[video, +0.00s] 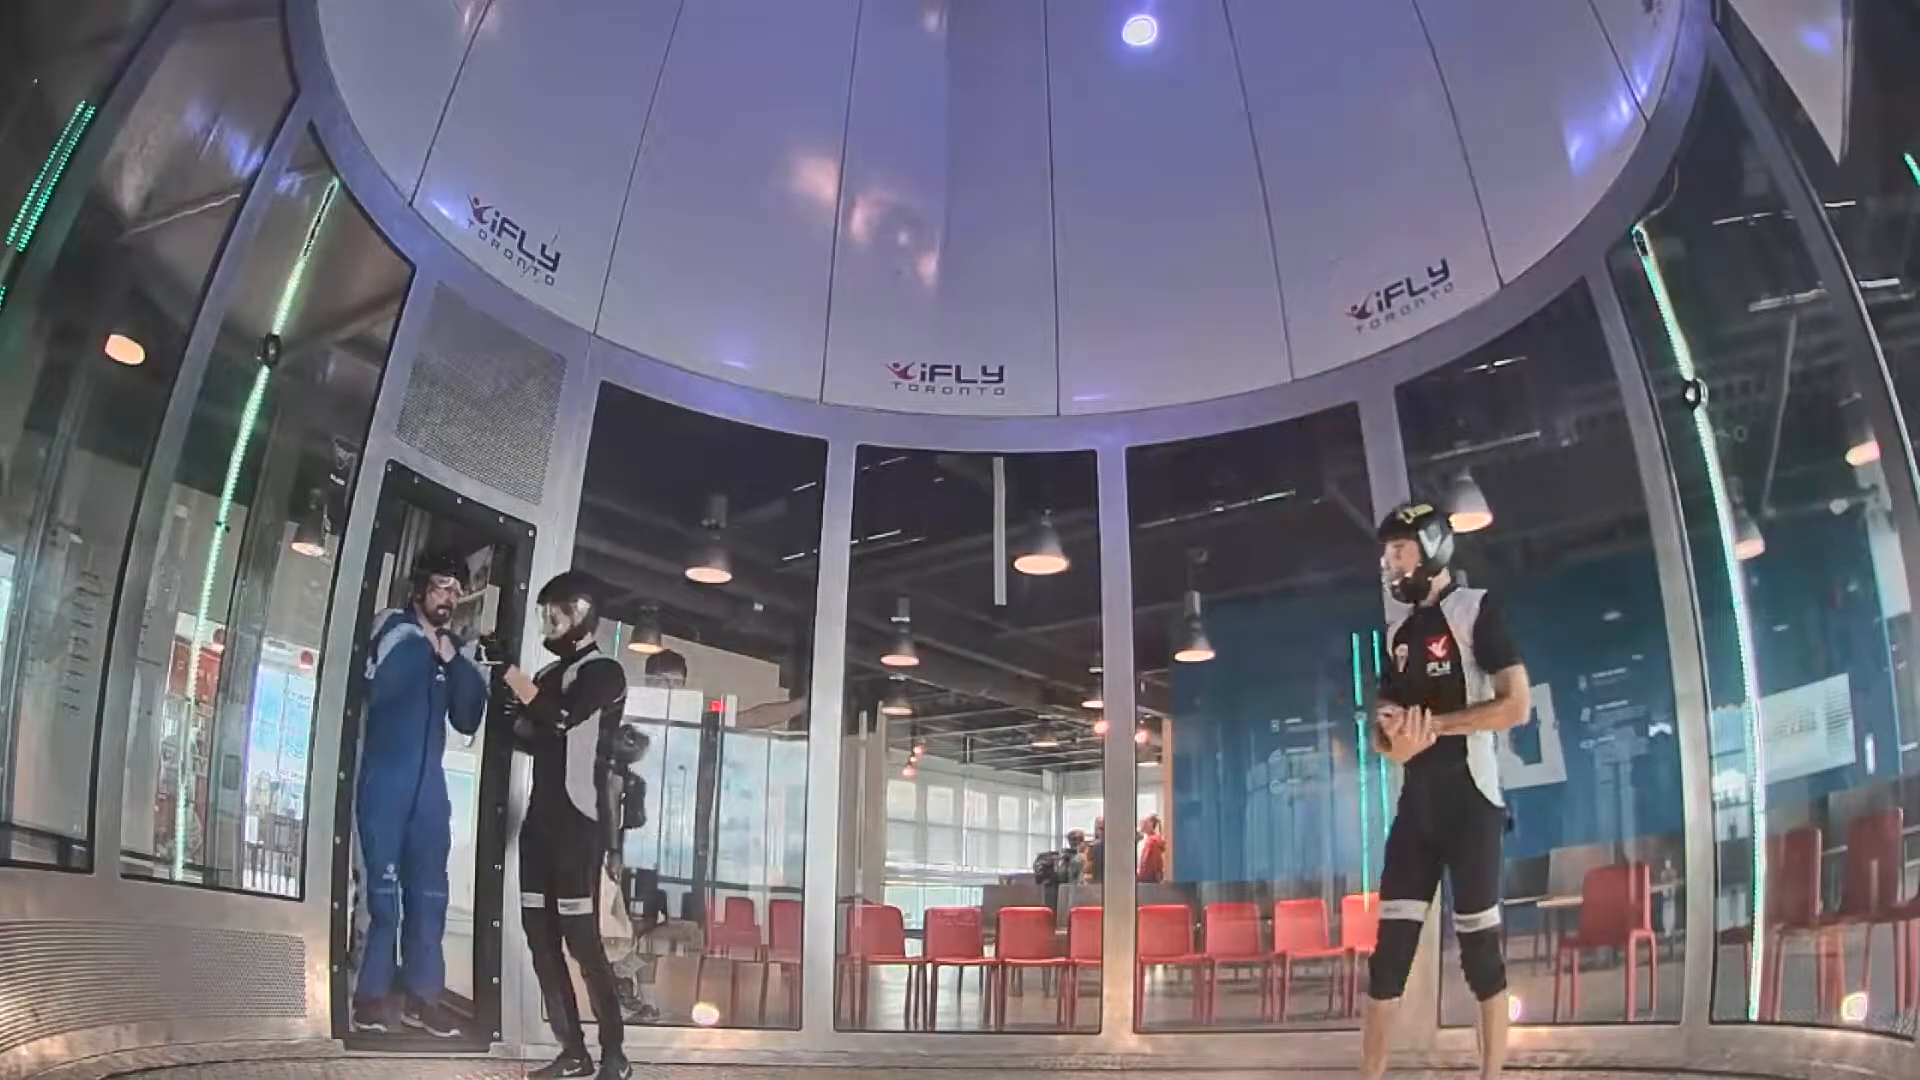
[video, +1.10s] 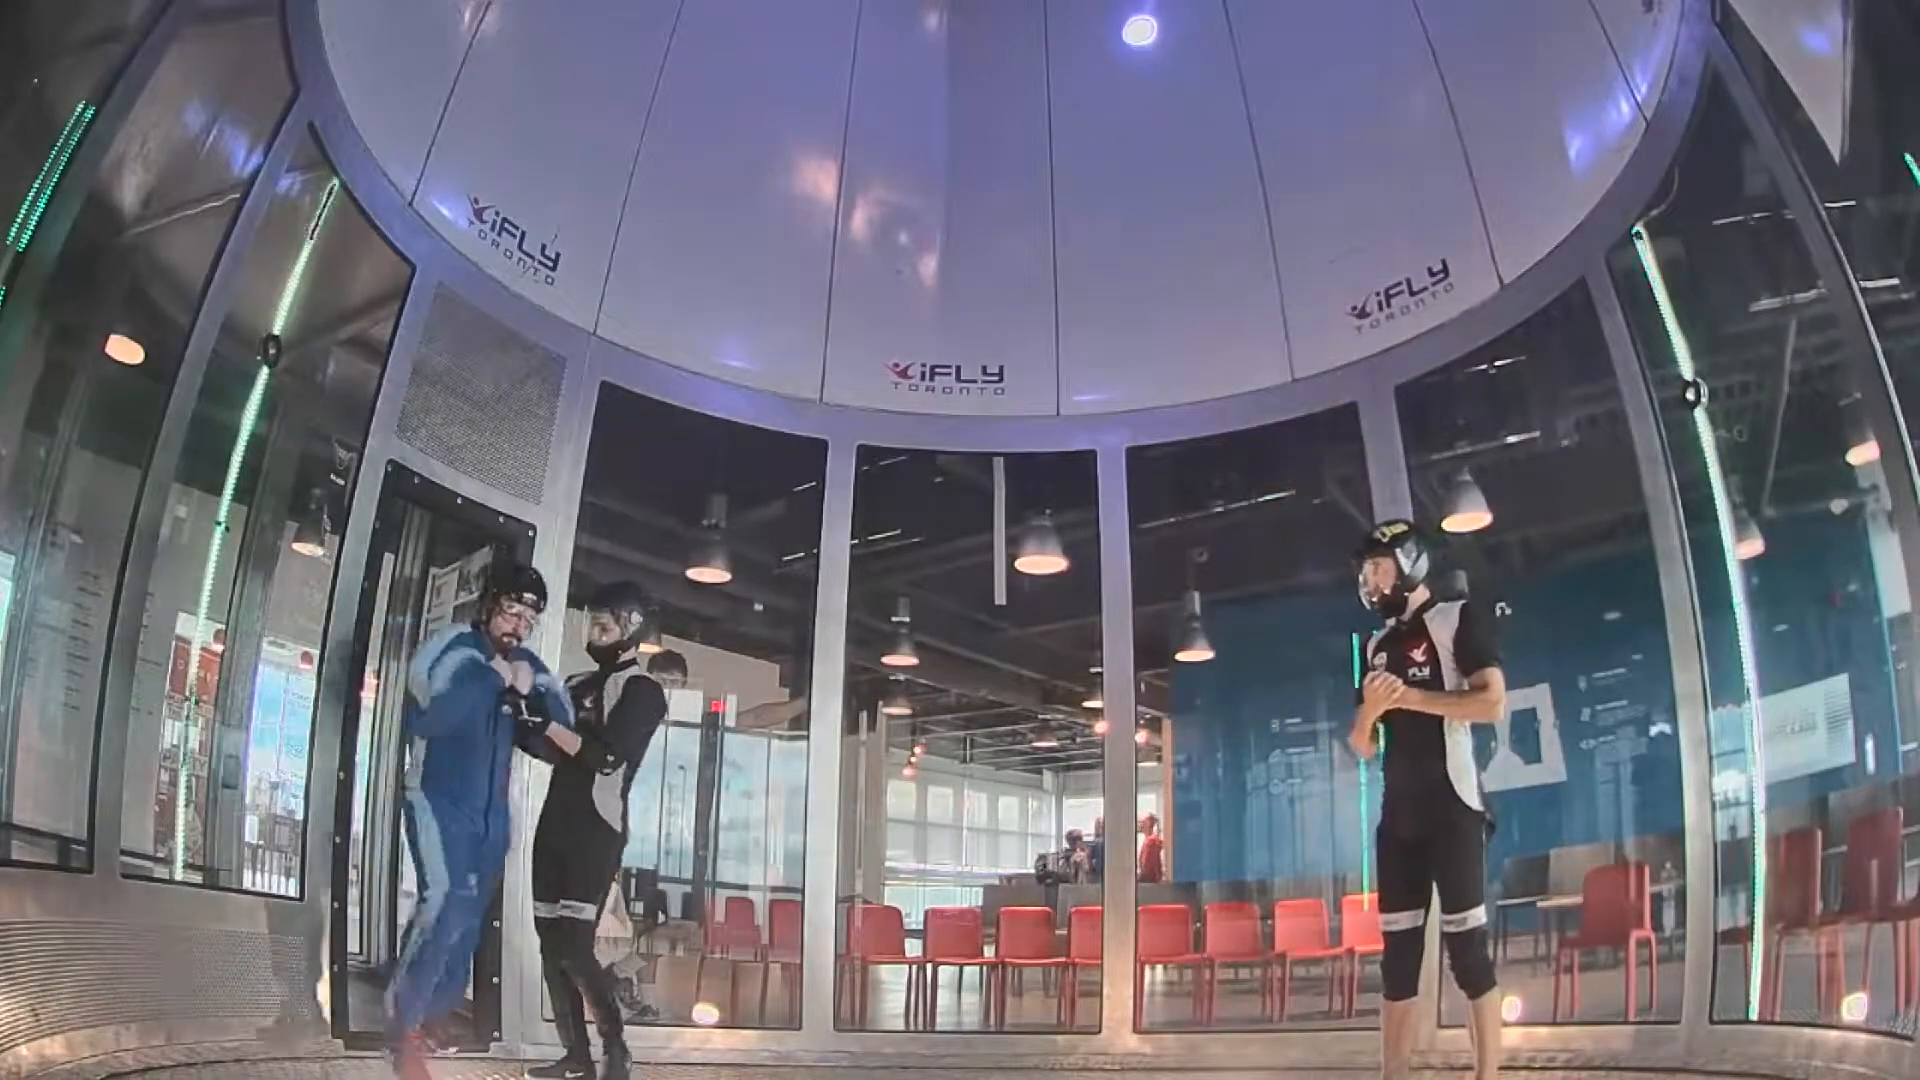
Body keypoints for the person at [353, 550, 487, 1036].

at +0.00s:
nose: (445, 598)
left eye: (454, 592)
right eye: (438, 587)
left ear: (460, 601)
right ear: (419, 591)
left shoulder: (457, 648)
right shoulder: (393, 629)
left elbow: (468, 719)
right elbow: (377, 691)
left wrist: (455, 659)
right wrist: (419, 640)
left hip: (429, 780)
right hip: (384, 777)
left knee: (430, 889)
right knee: (384, 889)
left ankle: (423, 998)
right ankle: (372, 999)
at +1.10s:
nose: (516, 624)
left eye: (527, 616)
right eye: (509, 610)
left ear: (533, 622)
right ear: (487, 606)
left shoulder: (525, 663)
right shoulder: (457, 653)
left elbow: (564, 720)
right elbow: (432, 720)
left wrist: (533, 684)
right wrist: (488, 678)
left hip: (489, 808)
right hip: (438, 800)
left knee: (470, 912)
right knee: (450, 899)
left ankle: (430, 1018)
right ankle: (404, 1021)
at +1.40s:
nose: (558, 657)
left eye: (569, 649)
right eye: (550, 642)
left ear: (577, 653)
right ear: (525, 635)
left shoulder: (567, 691)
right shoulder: (492, 676)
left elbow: (622, 735)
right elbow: (452, 726)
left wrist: (596, 731)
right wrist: (539, 715)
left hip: (504, 833)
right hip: (447, 823)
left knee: (487, 951)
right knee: (449, 935)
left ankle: (427, 1012)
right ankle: (401, 1051)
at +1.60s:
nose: (600, 683)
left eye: (605, 674)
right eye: (592, 668)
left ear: (606, 676)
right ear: (559, 660)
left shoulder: (586, 711)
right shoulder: (508, 690)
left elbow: (634, 722)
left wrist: (690, 733)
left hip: (520, 861)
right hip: (460, 846)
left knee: (495, 974)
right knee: (471, 968)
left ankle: (422, 1034)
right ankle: (405, 1032)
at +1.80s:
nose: (618, 722)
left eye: (630, 714)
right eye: (609, 707)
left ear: (640, 719)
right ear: (583, 698)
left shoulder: (629, 744)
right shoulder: (540, 721)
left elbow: (700, 722)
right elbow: (508, 645)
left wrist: (768, 705)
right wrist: (574, 617)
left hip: (535, 899)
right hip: (477, 876)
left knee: (488, 1014)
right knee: (478, 1008)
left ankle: (420, 1044)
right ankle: (407, 1037)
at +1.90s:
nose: (663, 745)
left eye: (675, 733)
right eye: (653, 728)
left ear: (684, 728)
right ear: (624, 709)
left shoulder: (675, 735)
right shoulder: (579, 718)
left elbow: (748, 706)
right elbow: (555, 624)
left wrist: (826, 670)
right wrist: (590, 554)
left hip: (548, 896)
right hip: (493, 875)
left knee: (480, 1002)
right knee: (465, 1005)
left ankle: (423, 1049)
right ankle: (408, 1053)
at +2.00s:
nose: (694, 738)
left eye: (706, 728)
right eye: (686, 719)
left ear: (714, 726)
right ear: (656, 699)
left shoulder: (696, 735)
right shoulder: (604, 704)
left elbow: (774, 697)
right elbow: (587, 612)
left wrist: (859, 668)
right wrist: (622, 536)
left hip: (558, 891)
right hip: (502, 862)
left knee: (484, 970)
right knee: (461, 970)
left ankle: (419, 1025)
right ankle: (407, 1034)